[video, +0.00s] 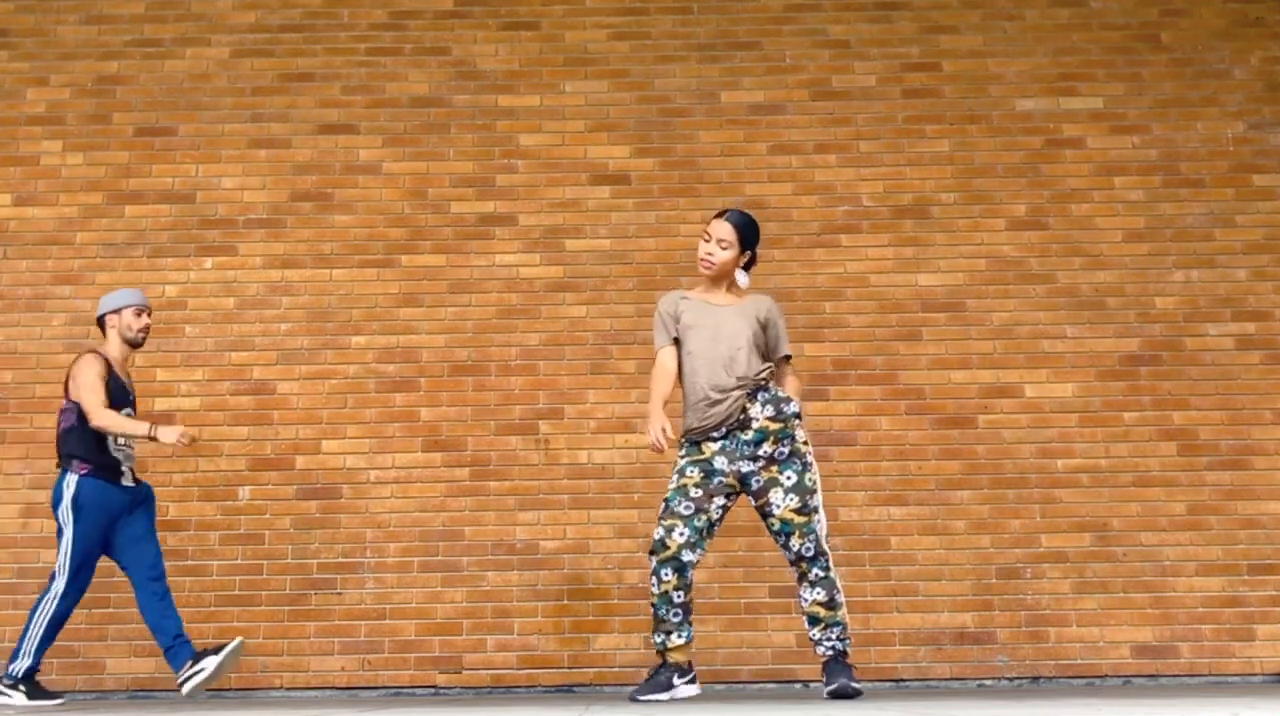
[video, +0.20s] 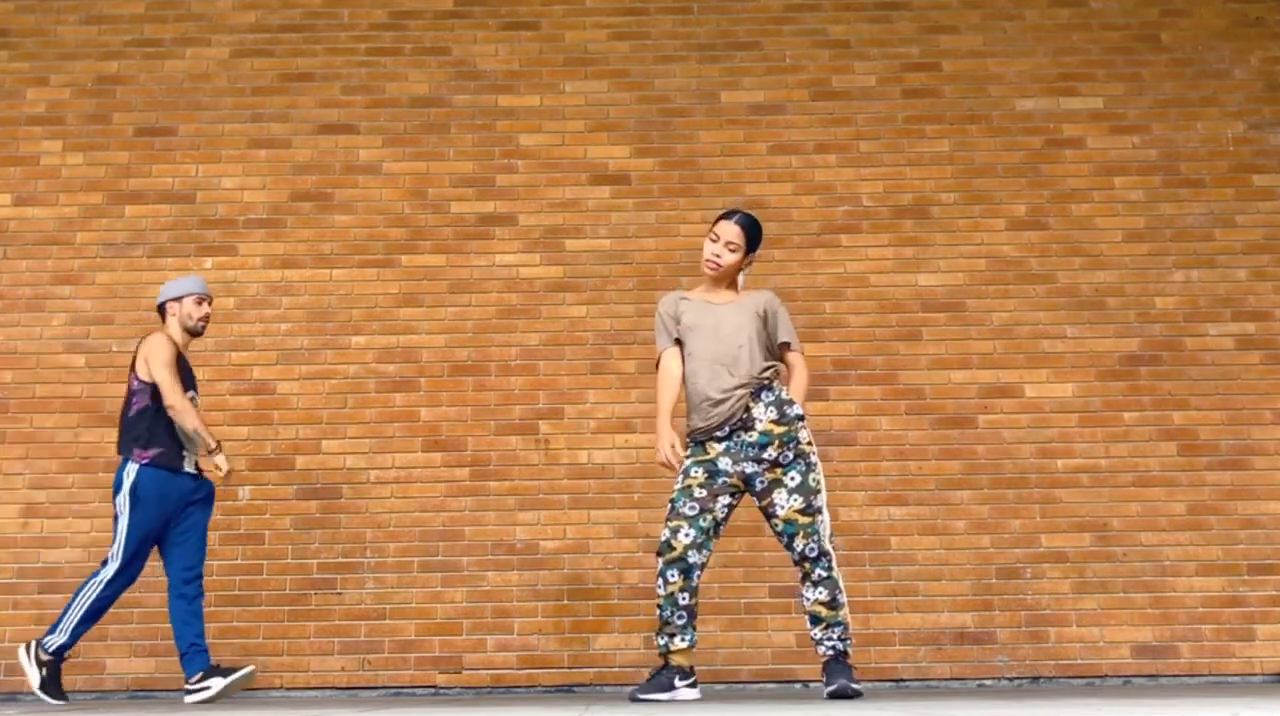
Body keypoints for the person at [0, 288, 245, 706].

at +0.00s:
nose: (146, 322)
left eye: (148, 316)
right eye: (138, 314)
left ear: (138, 325)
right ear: (111, 320)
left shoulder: (121, 381)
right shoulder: (90, 362)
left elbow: (109, 442)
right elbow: (97, 415)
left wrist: (129, 479)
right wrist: (154, 430)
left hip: (126, 495)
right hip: (86, 489)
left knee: (150, 579)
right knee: (67, 584)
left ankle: (187, 665)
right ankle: (16, 677)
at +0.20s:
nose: (207, 311)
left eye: (209, 304)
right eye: (199, 302)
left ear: (199, 313)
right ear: (171, 308)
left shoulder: (183, 362)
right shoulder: (157, 343)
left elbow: (181, 421)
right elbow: (175, 402)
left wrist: (203, 456)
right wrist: (210, 445)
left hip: (188, 484)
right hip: (149, 478)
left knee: (186, 581)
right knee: (119, 570)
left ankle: (199, 674)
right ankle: (46, 653)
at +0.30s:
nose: (236, 303)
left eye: (237, 296)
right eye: (227, 295)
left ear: (228, 306)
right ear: (200, 302)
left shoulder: (215, 357)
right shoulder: (186, 339)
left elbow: (213, 418)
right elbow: (202, 407)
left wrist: (230, 459)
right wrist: (229, 447)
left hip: (212, 479)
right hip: (178, 472)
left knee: (203, 580)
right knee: (152, 565)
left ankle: (202, 675)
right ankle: (90, 656)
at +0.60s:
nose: (306, 296)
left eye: (309, 290)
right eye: (297, 289)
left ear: (309, 298)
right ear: (271, 296)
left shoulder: (311, 363)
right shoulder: (246, 344)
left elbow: (309, 427)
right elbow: (238, 407)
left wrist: (310, 473)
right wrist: (294, 434)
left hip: (293, 473)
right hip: (254, 466)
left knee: (254, 579)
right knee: (293, 550)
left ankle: (208, 674)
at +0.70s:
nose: (328, 301)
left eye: (331, 294)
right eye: (318, 294)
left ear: (332, 302)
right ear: (293, 301)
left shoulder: (339, 366)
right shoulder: (268, 356)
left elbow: (343, 434)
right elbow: (267, 422)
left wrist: (342, 488)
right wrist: (289, 447)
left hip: (327, 479)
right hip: (288, 474)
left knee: (286, 582)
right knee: (336, 554)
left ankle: (217, 665)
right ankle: (381, 662)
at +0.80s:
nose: (352, 305)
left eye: (355, 298)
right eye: (342, 298)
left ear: (357, 306)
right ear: (317, 306)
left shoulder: (367, 368)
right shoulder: (297, 366)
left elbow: (370, 435)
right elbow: (269, 430)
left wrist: (378, 487)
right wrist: (304, 468)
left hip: (368, 483)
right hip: (331, 478)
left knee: (334, 592)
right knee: (386, 554)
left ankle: (245, 652)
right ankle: (402, 672)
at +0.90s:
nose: (379, 307)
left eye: (381, 300)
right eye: (369, 299)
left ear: (383, 308)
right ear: (343, 309)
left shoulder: (391, 368)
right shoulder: (325, 371)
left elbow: (394, 433)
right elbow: (294, 436)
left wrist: (410, 477)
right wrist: (323, 474)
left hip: (405, 483)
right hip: (362, 479)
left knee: (392, 600)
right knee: (420, 556)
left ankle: (307, 638)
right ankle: (408, 674)